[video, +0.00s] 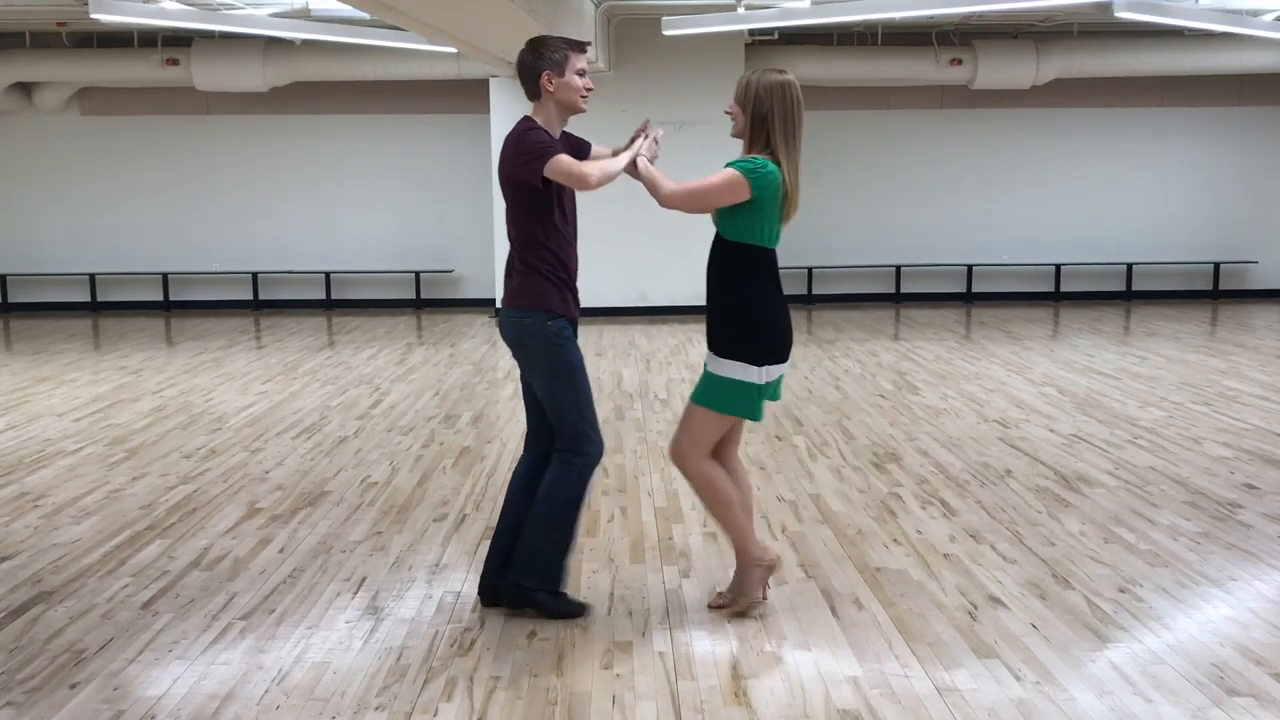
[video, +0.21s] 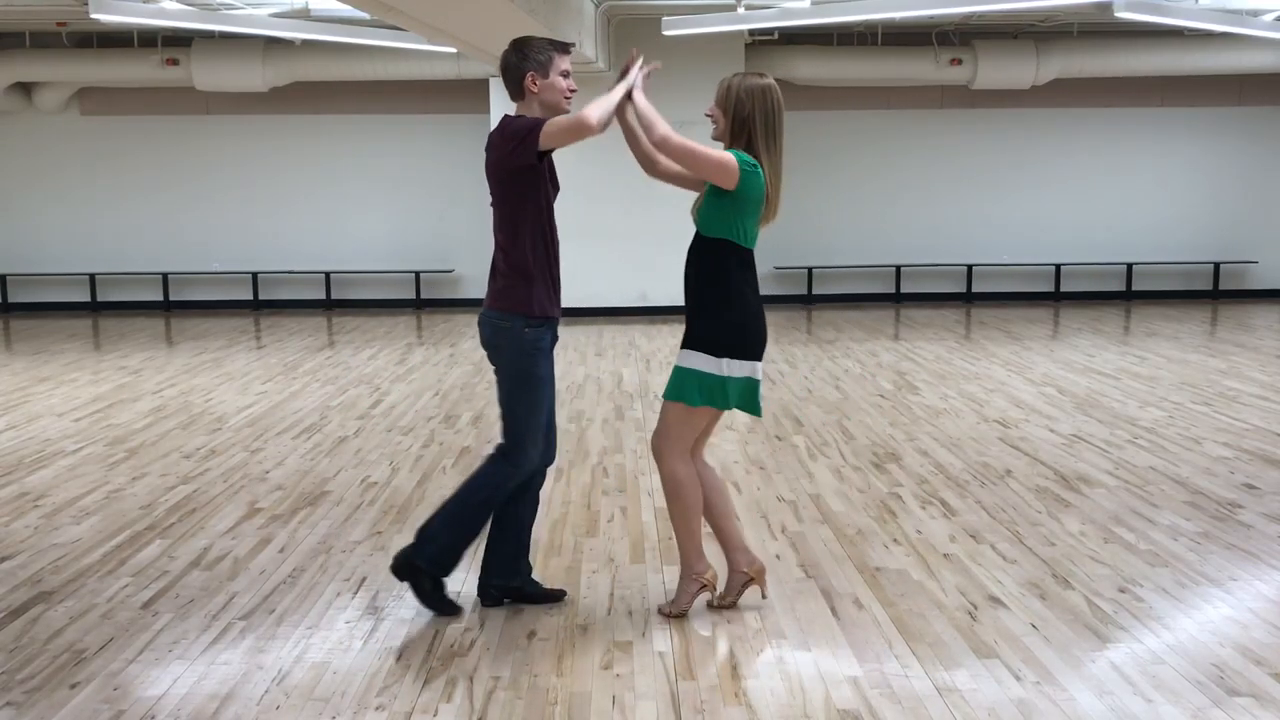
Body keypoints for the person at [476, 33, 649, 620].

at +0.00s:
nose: (590, 84)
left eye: (589, 75)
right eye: (581, 75)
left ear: (554, 83)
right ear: (549, 81)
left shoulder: (555, 137)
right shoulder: (528, 139)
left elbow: (593, 161)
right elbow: (585, 176)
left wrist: (630, 148)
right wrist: (632, 153)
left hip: (542, 315)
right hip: (537, 317)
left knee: (544, 446)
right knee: (581, 446)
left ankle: (500, 579)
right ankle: (533, 582)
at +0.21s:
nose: (574, 87)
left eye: (573, 76)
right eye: (566, 75)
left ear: (535, 84)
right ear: (534, 81)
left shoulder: (526, 136)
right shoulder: (515, 135)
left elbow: (596, 126)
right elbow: (588, 123)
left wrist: (625, 90)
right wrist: (626, 85)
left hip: (533, 321)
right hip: (516, 323)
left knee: (537, 452)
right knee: (523, 451)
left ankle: (505, 579)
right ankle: (424, 561)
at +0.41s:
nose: (568, 79)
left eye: (567, 69)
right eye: (560, 70)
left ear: (530, 78)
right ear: (529, 75)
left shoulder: (527, 129)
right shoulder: (503, 124)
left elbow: (586, 96)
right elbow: (586, 82)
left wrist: (634, 30)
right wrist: (631, 22)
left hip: (520, 317)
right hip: (493, 316)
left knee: (524, 448)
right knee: (469, 444)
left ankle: (500, 578)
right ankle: (404, 567)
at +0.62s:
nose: (575, 80)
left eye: (572, 70)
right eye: (566, 69)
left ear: (539, 78)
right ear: (536, 74)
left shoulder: (532, 129)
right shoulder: (511, 126)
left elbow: (589, 92)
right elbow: (583, 83)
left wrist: (642, 32)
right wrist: (639, 18)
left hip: (530, 314)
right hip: (510, 315)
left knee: (525, 454)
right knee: (523, 453)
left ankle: (498, 583)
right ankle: (427, 555)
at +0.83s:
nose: (597, 79)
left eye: (596, 70)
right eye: (590, 69)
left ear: (559, 77)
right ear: (559, 74)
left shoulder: (556, 134)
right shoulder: (532, 127)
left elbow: (600, 142)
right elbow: (584, 121)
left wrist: (646, 126)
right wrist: (664, 57)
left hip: (533, 313)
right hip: (542, 316)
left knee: (528, 447)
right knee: (593, 441)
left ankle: (496, 579)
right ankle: (523, 572)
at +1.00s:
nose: (622, 74)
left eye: (619, 64)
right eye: (612, 64)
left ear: (579, 72)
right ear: (580, 71)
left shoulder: (564, 130)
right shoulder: (567, 123)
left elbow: (580, 193)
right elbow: (583, 165)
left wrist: (632, 209)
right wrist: (659, 159)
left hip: (553, 308)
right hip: (573, 310)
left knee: (539, 447)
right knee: (611, 443)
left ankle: (502, 575)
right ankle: (609, 589)